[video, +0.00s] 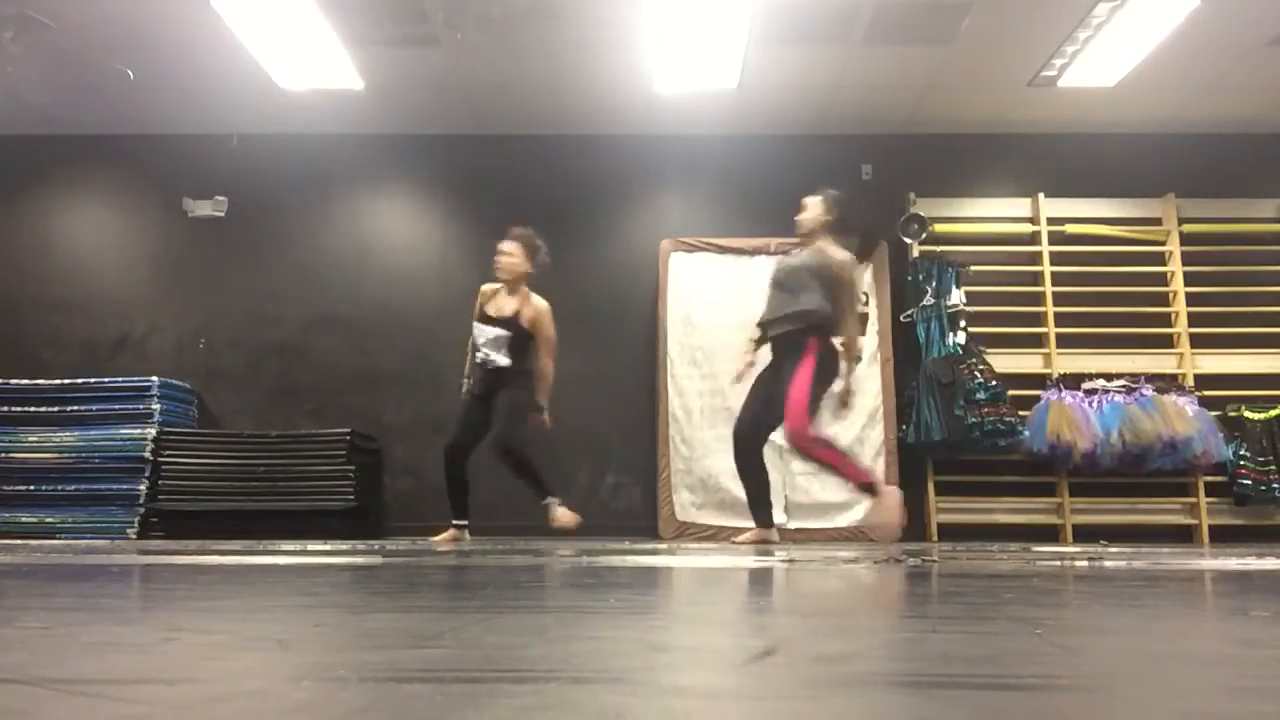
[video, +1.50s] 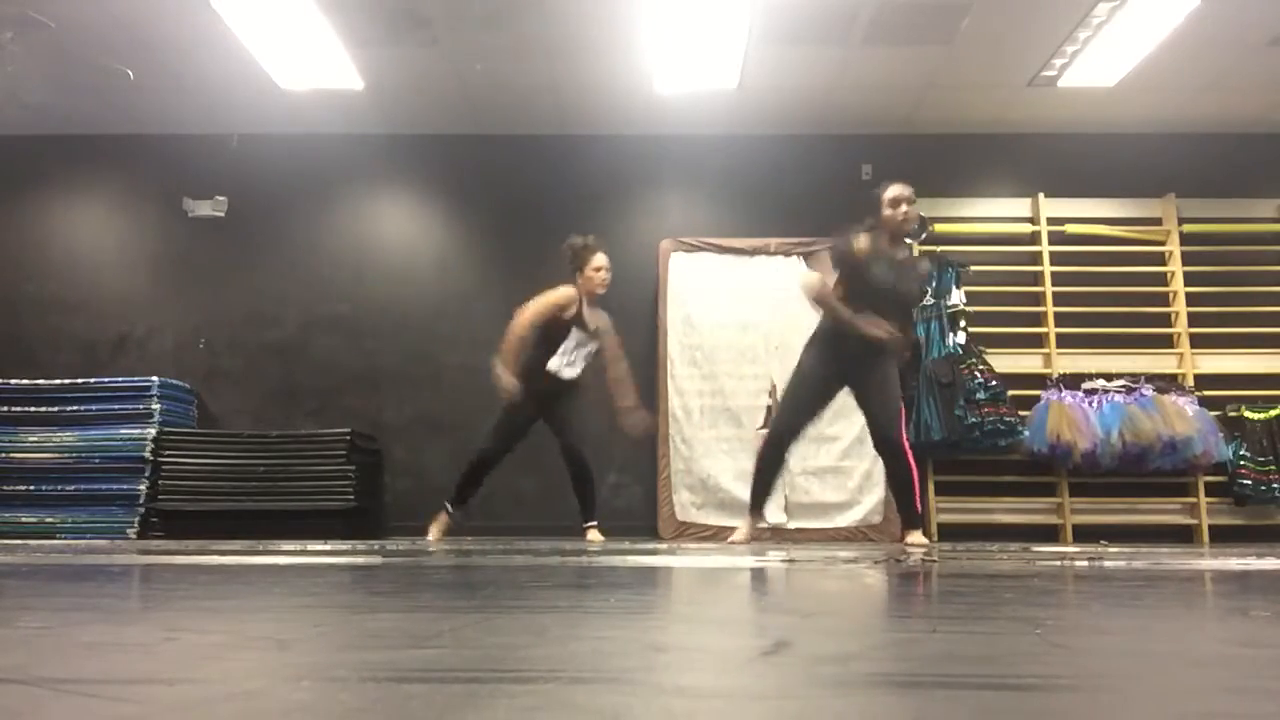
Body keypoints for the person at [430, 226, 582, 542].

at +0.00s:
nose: (499, 259)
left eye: (508, 255)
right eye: (498, 253)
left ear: (528, 265)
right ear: (496, 259)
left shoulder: (537, 308)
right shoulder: (486, 293)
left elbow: (545, 359)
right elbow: (475, 339)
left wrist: (542, 403)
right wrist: (467, 377)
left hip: (516, 386)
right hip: (483, 386)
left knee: (504, 443)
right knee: (456, 448)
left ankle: (552, 505)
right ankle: (459, 526)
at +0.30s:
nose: (459, 260)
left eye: (464, 254)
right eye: (460, 254)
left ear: (484, 258)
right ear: (485, 259)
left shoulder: (484, 286)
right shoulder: (501, 291)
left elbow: (477, 330)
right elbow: (505, 345)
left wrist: (451, 372)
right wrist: (479, 372)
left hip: (469, 379)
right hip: (481, 382)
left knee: (432, 445)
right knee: (441, 447)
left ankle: (446, 523)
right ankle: (454, 522)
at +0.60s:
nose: (450, 261)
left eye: (456, 254)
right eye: (452, 254)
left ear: (474, 258)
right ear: (471, 259)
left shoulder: (488, 289)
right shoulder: (474, 293)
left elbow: (480, 332)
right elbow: (465, 335)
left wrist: (452, 351)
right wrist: (445, 342)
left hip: (481, 383)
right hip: (465, 384)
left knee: (463, 447)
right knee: (437, 451)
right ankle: (457, 524)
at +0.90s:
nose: (494, 262)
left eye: (498, 258)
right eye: (488, 254)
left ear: (500, 266)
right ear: (468, 258)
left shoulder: (507, 290)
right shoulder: (452, 293)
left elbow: (548, 291)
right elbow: (411, 291)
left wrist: (590, 287)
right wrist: (370, 286)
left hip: (525, 382)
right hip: (493, 390)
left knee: (548, 442)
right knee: (459, 452)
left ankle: (586, 517)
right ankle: (460, 528)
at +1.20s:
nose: (560, 304)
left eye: (561, 298)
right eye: (553, 297)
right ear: (532, 303)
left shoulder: (541, 330)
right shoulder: (518, 329)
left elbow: (503, 323)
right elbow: (501, 352)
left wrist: (493, 322)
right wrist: (513, 354)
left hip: (533, 416)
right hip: (500, 417)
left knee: (562, 452)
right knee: (453, 459)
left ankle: (590, 525)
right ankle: (457, 528)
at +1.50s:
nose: (605, 276)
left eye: (607, 269)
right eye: (598, 270)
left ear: (609, 274)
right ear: (580, 275)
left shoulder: (600, 321)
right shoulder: (563, 297)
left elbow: (617, 367)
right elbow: (522, 321)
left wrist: (629, 410)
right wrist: (506, 368)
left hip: (559, 396)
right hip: (530, 389)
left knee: (574, 451)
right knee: (493, 450)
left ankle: (591, 526)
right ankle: (448, 514)